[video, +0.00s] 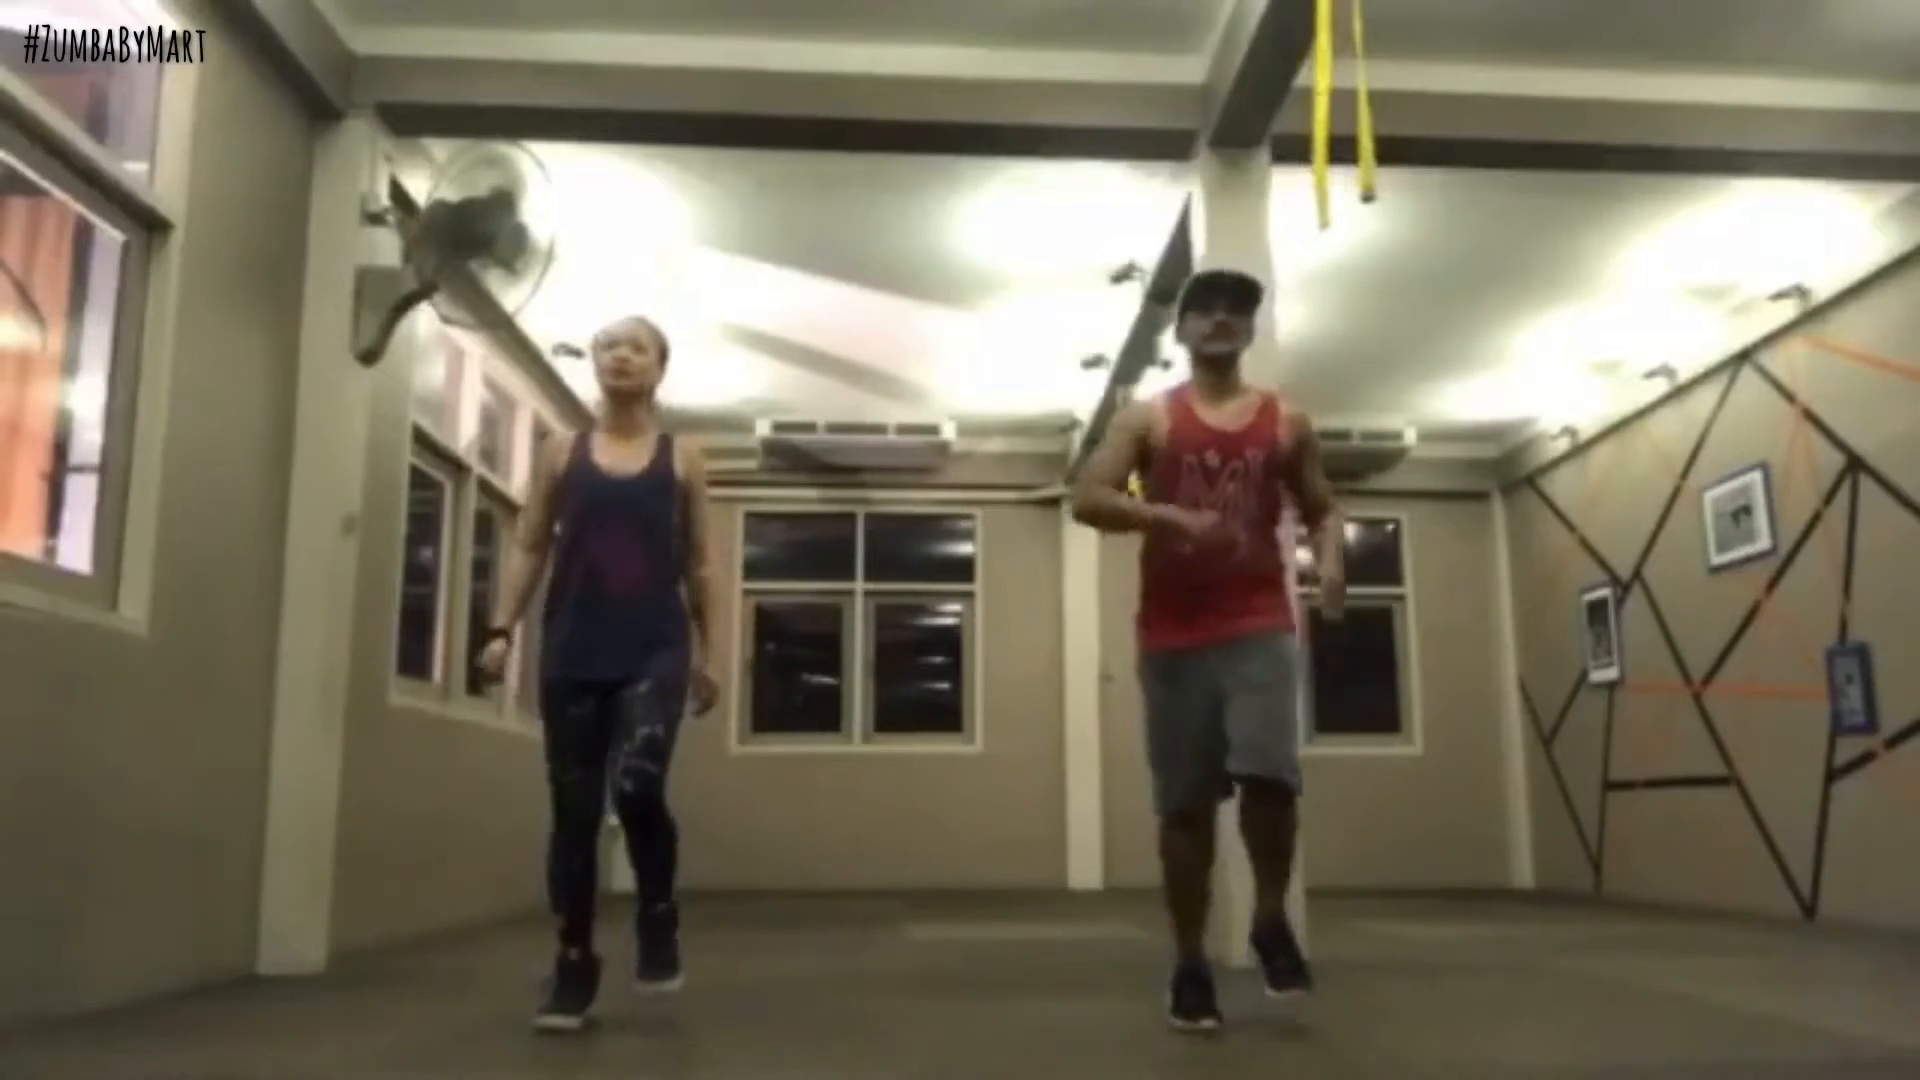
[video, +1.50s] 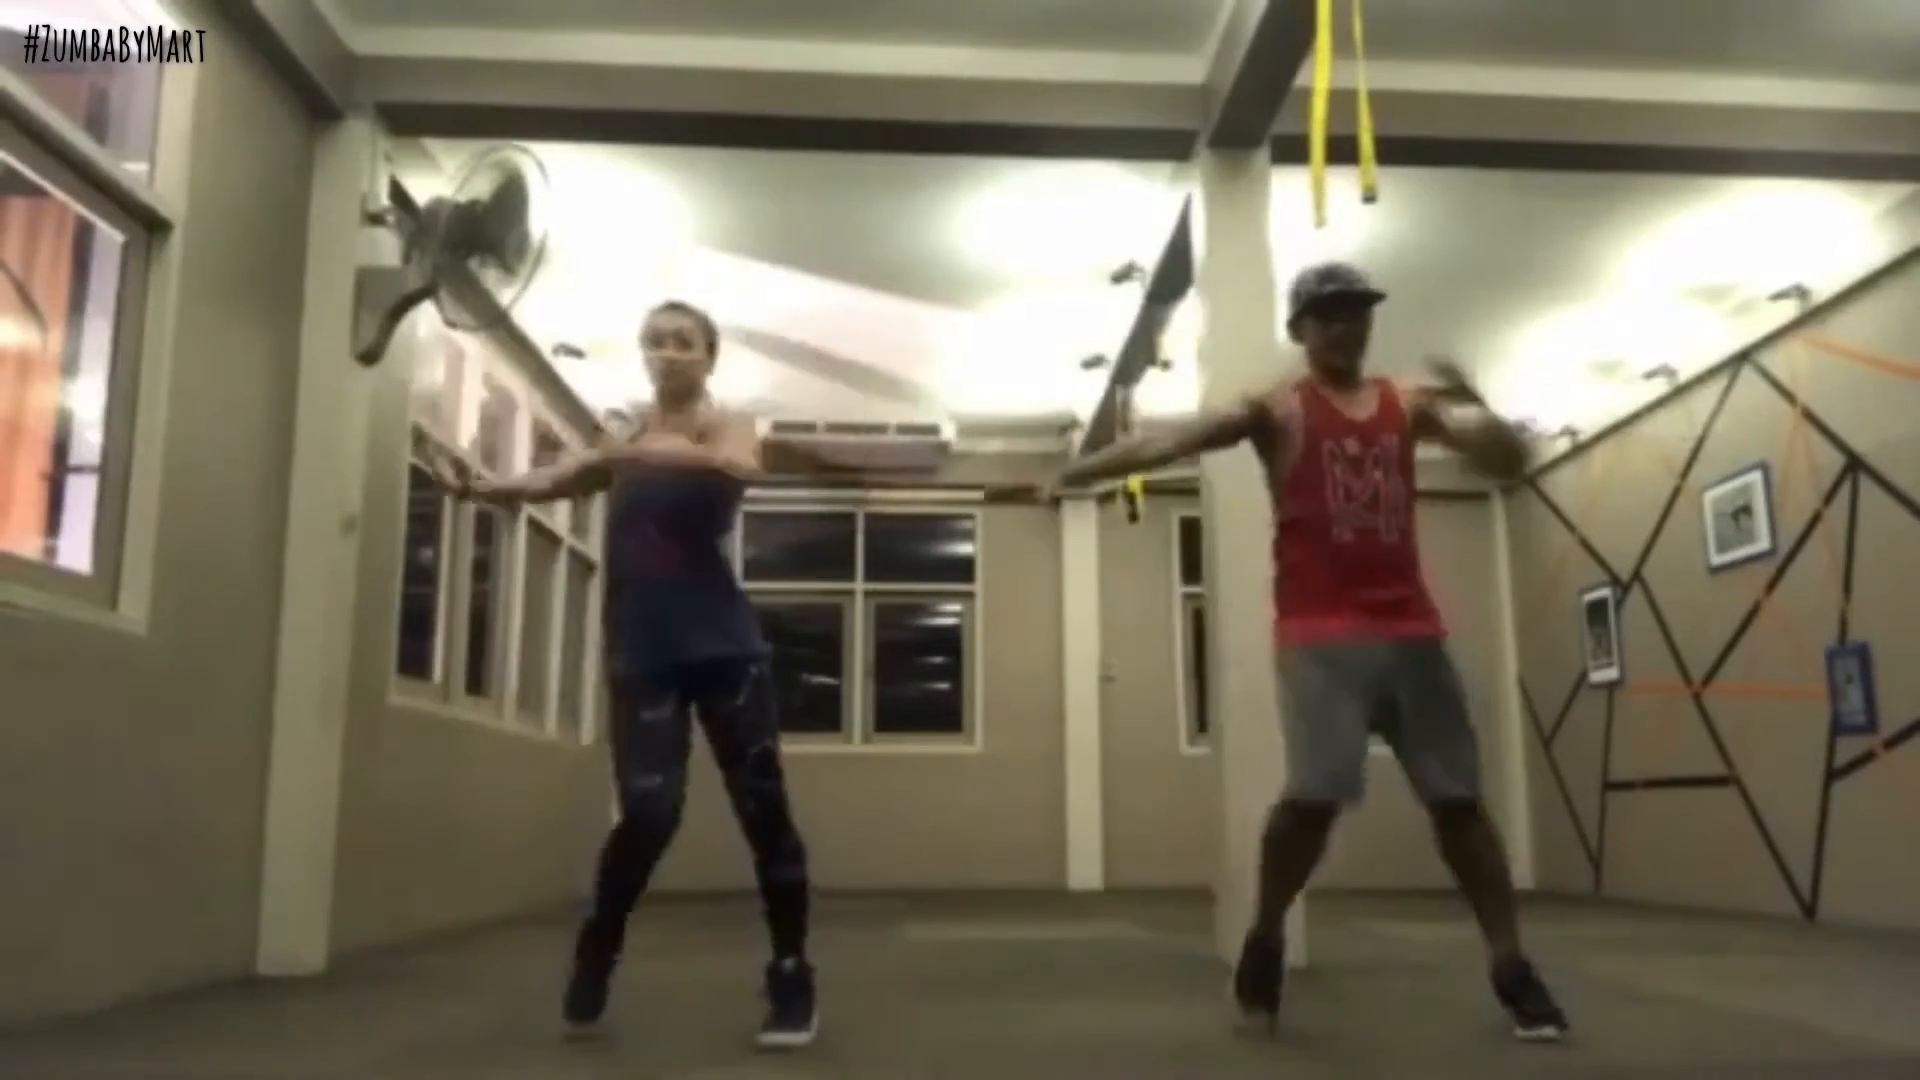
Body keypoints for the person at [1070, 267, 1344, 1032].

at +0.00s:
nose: (1216, 325)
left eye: (1231, 313)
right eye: (1202, 313)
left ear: (1251, 328)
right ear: (1181, 327)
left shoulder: (1284, 423)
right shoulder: (1146, 416)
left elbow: (1320, 510)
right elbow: (1088, 496)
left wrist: (1327, 559)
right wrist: (1166, 517)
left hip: (1260, 629)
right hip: (1175, 637)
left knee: (1270, 783)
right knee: (1187, 806)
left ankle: (1271, 920)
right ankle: (1190, 965)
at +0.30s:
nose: (1226, 330)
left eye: (1240, 319)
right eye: (1212, 317)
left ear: (1259, 335)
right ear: (1188, 330)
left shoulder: (1290, 428)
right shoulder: (1150, 422)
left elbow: (1346, 514)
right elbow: (1101, 513)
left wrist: (1390, 586)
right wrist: (1188, 510)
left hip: (1267, 643)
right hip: (1178, 643)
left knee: (1259, 812)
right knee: (1174, 808)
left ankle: (1254, 969)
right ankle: (1180, 962)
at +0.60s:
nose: (1245, 323)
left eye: (1258, 310)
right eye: (1230, 311)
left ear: (1277, 321)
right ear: (1207, 325)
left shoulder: (1309, 405)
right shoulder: (1180, 399)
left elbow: (1404, 443)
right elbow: (1084, 423)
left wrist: (1450, 379)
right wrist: (992, 417)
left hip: (1277, 620)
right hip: (1200, 609)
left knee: (1237, 796)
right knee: (1209, 779)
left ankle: (1201, 965)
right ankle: (1179, 967)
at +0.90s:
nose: (1286, 327)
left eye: (1299, 314)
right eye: (1271, 313)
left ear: (1315, 323)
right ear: (1241, 324)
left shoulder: (1342, 410)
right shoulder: (1211, 404)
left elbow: (1459, 423)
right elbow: (1121, 426)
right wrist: (1101, 391)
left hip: (1325, 621)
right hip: (1233, 628)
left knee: (1406, 751)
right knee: (1211, 799)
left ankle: (1372, 896)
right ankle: (1179, 984)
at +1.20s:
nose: (1354, 335)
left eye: (1367, 322)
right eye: (1337, 321)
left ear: (1383, 331)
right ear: (1309, 335)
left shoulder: (1423, 409)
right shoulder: (1281, 428)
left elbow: (1547, 415)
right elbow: (1167, 461)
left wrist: (1663, 410)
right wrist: (1262, 425)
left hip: (1424, 652)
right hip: (1321, 653)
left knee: (1476, 819)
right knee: (1256, 792)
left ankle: (1528, 979)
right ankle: (1219, 977)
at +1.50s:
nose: (1345, 331)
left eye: (1355, 318)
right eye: (1329, 319)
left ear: (1371, 325)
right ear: (1299, 330)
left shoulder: (1404, 403)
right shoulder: (1275, 410)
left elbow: (1508, 459)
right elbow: (1169, 442)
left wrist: (1474, 406)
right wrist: (1073, 473)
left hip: (1408, 631)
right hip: (1320, 635)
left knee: (1458, 803)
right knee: (1315, 794)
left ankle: (1511, 965)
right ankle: (1266, 938)